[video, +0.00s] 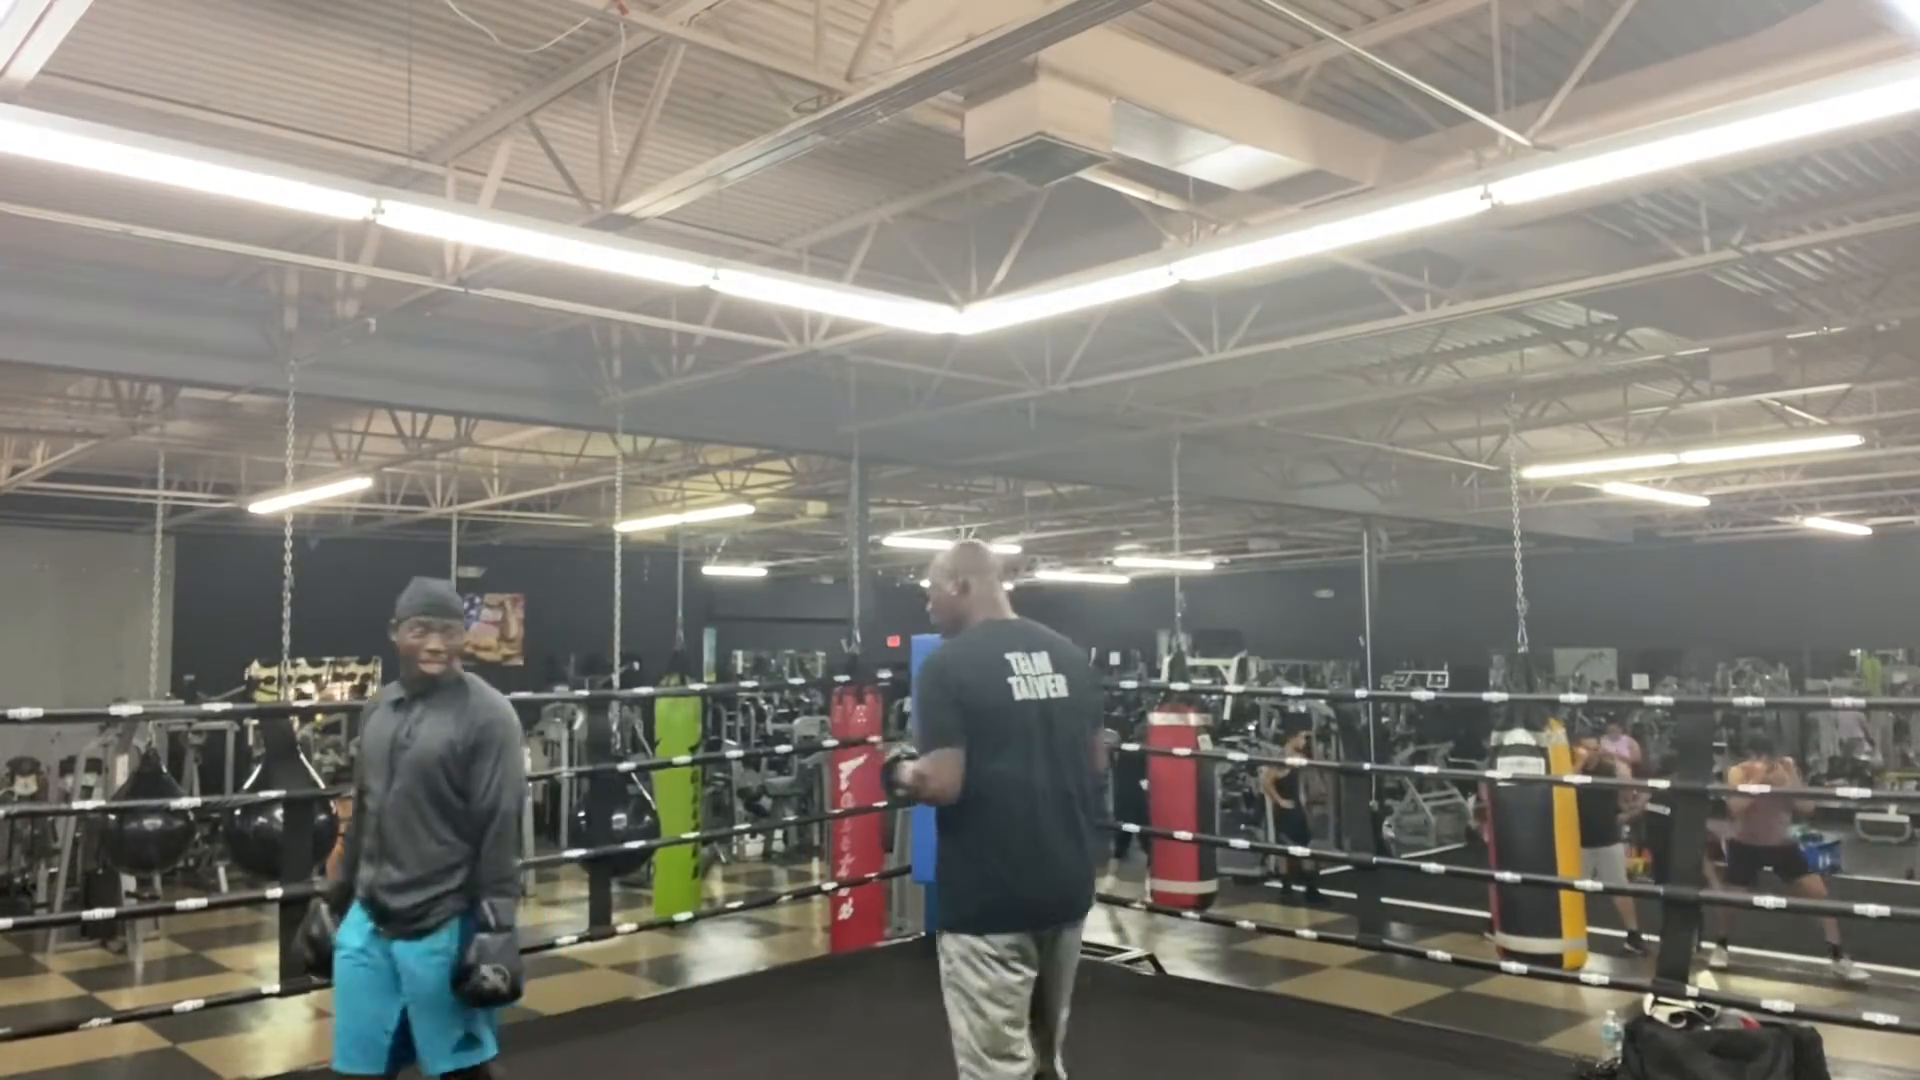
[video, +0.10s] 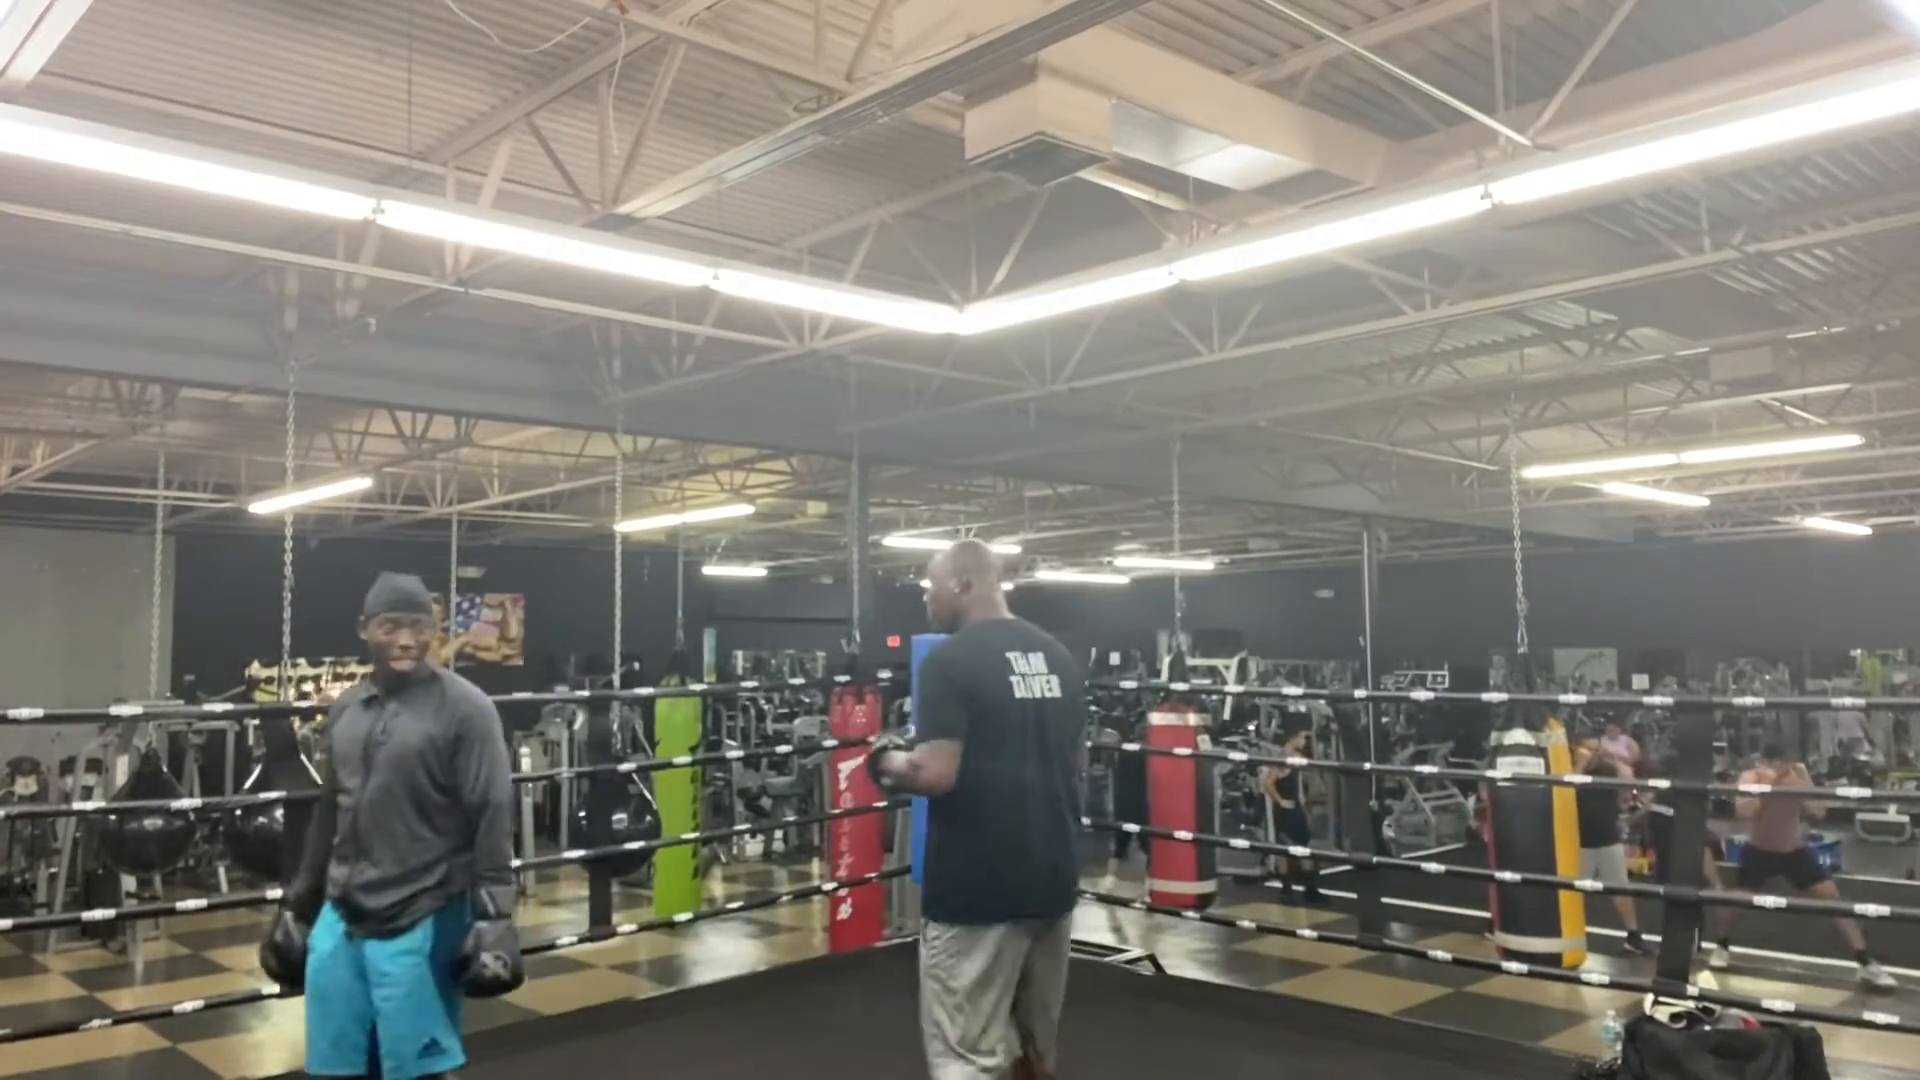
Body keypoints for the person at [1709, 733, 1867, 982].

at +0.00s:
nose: (1763, 760)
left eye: (1767, 754)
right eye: (1757, 754)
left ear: (1774, 752)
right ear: (1748, 753)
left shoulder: (1786, 768)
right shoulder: (1738, 773)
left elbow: (1806, 806)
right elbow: (1735, 807)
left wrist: (1785, 782)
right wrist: (1757, 782)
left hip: (1782, 847)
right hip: (1744, 847)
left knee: (1819, 894)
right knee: (1733, 898)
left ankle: (1838, 957)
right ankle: (1721, 946)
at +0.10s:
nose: (1780, 767)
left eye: (1785, 761)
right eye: (1774, 762)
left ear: (1790, 759)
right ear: (1764, 759)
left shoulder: (1798, 772)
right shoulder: (1751, 776)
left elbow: (1818, 811)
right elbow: (1743, 811)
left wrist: (1797, 786)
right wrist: (1772, 787)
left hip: (1796, 854)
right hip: (1758, 853)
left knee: (1833, 901)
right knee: (1739, 901)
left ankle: (1866, 963)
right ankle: (1721, 946)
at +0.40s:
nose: (1854, 778)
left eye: (1854, 774)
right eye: (1853, 773)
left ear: (1833, 765)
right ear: (1846, 769)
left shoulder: (1808, 781)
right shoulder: (1833, 780)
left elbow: (1835, 823)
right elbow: (1873, 790)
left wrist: (1847, 797)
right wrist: (1912, 789)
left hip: (1816, 863)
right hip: (1791, 863)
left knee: (1857, 901)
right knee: (1801, 925)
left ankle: (1872, 967)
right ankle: (1749, 939)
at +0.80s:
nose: (1877, 771)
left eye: (1877, 765)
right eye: (1876, 765)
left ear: (1854, 760)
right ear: (1863, 761)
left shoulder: (1830, 773)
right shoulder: (1847, 777)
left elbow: (1805, 809)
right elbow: (1866, 809)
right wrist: (1877, 780)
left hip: (1834, 852)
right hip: (1805, 851)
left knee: (1866, 901)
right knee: (1813, 919)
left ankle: (1872, 967)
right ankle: (1772, 951)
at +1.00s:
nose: (1855, 767)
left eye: (1860, 763)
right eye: (1853, 762)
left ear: (1863, 763)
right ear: (1842, 758)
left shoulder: (1859, 780)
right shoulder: (1816, 775)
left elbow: (1877, 808)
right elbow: (1828, 813)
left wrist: (1873, 776)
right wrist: (1849, 786)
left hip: (1839, 852)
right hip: (1804, 850)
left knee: (1866, 898)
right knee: (1789, 905)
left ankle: (1873, 967)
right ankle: (1780, 955)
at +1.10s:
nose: (1844, 776)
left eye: (1849, 771)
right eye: (1839, 770)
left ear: (1853, 770)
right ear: (1827, 767)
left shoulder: (1855, 780)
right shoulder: (1807, 779)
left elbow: (1868, 817)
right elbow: (1810, 817)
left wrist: (1854, 792)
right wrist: (1829, 789)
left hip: (1842, 856)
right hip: (1802, 855)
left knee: (1867, 903)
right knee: (1784, 903)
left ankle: (1874, 966)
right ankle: (1782, 957)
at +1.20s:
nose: (1834, 777)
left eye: (1838, 773)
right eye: (1830, 772)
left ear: (1844, 773)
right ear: (1820, 771)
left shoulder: (1849, 791)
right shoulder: (1801, 788)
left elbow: (1860, 831)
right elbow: (1789, 826)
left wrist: (1846, 802)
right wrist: (1812, 798)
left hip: (1842, 859)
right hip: (1802, 858)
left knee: (1866, 905)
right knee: (1788, 905)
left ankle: (1876, 967)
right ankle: (1782, 957)